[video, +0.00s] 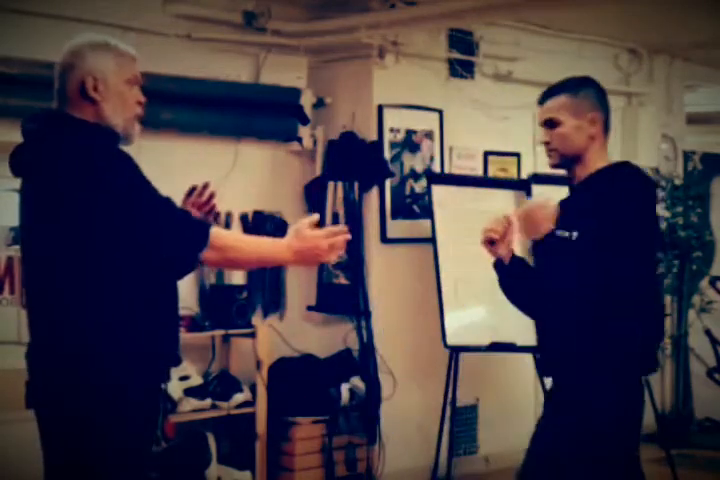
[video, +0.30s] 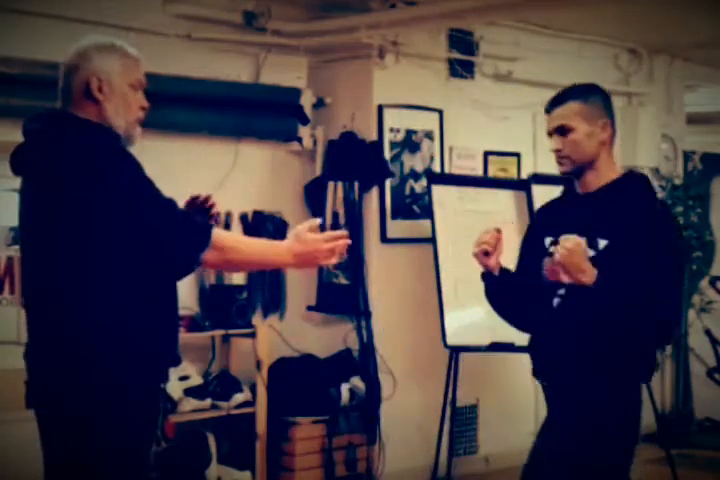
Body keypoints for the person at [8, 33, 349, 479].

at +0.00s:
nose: (142, 99)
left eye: (141, 87)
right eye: (133, 84)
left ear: (92, 89)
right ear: (93, 88)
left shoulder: (51, 157)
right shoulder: (93, 160)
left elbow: (113, 253)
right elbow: (191, 245)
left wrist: (178, 226)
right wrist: (290, 249)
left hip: (69, 379)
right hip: (110, 385)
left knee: (76, 471)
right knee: (117, 471)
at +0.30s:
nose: (145, 104)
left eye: (143, 91)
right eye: (137, 88)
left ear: (96, 90)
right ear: (98, 89)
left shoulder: (52, 153)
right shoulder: (93, 155)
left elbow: (115, 246)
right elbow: (188, 244)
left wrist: (180, 223)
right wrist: (290, 253)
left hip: (68, 376)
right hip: (110, 383)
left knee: (76, 472)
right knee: (116, 471)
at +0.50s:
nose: (155, 114)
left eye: (155, 101)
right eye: (149, 98)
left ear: (112, 92)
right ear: (112, 92)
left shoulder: (55, 154)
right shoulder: (106, 155)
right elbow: (188, 230)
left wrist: (212, 239)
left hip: (68, 374)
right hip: (113, 379)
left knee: (74, 471)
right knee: (118, 470)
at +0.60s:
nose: (165, 119)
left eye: (166, 107)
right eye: (161, 104)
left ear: (115, 94)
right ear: (123, 95)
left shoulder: (52, 157)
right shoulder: (127, 161)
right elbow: (213, 227)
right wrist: (180, 169)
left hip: (63, 374)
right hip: (119, 379)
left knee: (68, 471)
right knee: (120, 471)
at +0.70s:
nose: (173, 127)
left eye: (176, 115)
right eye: (170, 111)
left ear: (127, 95)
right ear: (135, 97)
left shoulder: (54, 159)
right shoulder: (135, 160)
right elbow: (219, 241)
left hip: (61, 375)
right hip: (120, 381)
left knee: (67, 471)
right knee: (120, 470)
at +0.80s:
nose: (175, 136)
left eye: (179, 123)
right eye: (174, 118)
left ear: (133, 97)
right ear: (141, 99)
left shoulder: (56, 158)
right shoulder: (136, 165)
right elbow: (221, 262)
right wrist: (302, 312)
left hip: (57, 376)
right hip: (120, 382)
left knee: (63, 472)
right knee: (121, 471)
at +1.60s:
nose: (170, 101)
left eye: (167, 89)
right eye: (162, 87)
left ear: (119, 91)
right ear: (123, 91)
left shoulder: (64, 161)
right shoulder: (124, 164)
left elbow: (110, 274)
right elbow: (174, 276)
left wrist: (181, 324)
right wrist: (253, 335)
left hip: (69, 370)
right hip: (116, 379)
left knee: (74, 470)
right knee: (120, 470)